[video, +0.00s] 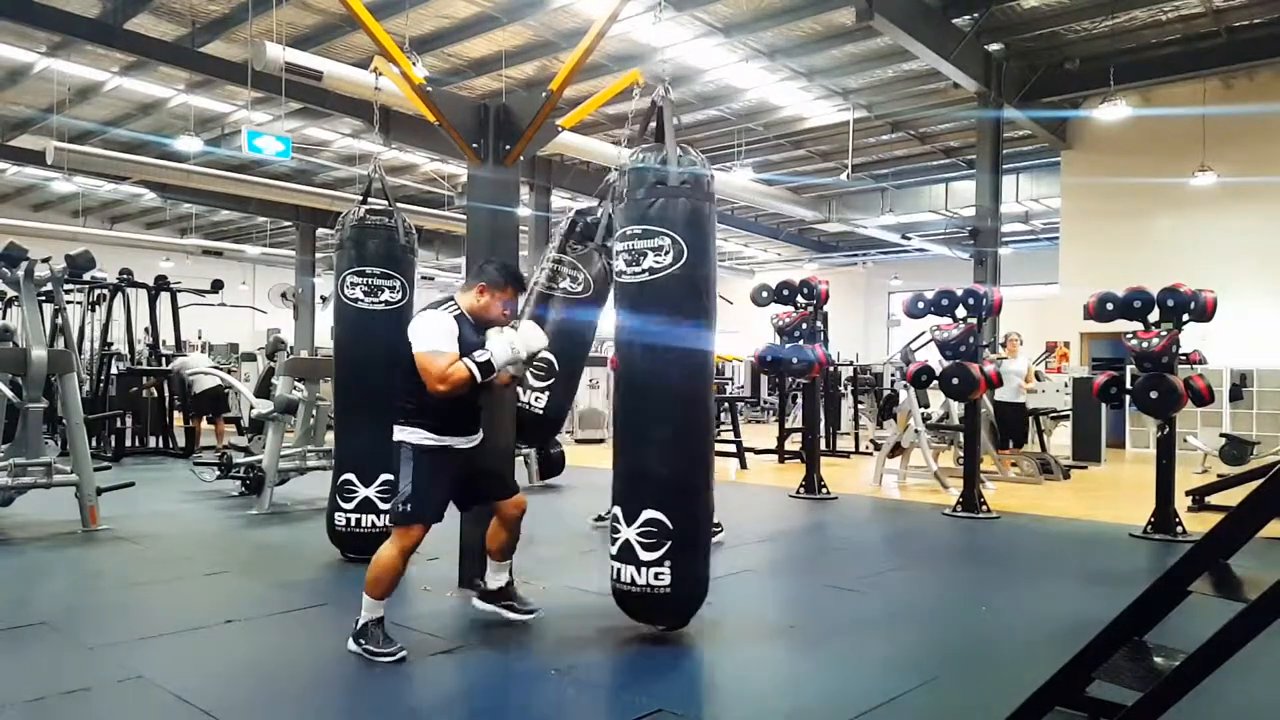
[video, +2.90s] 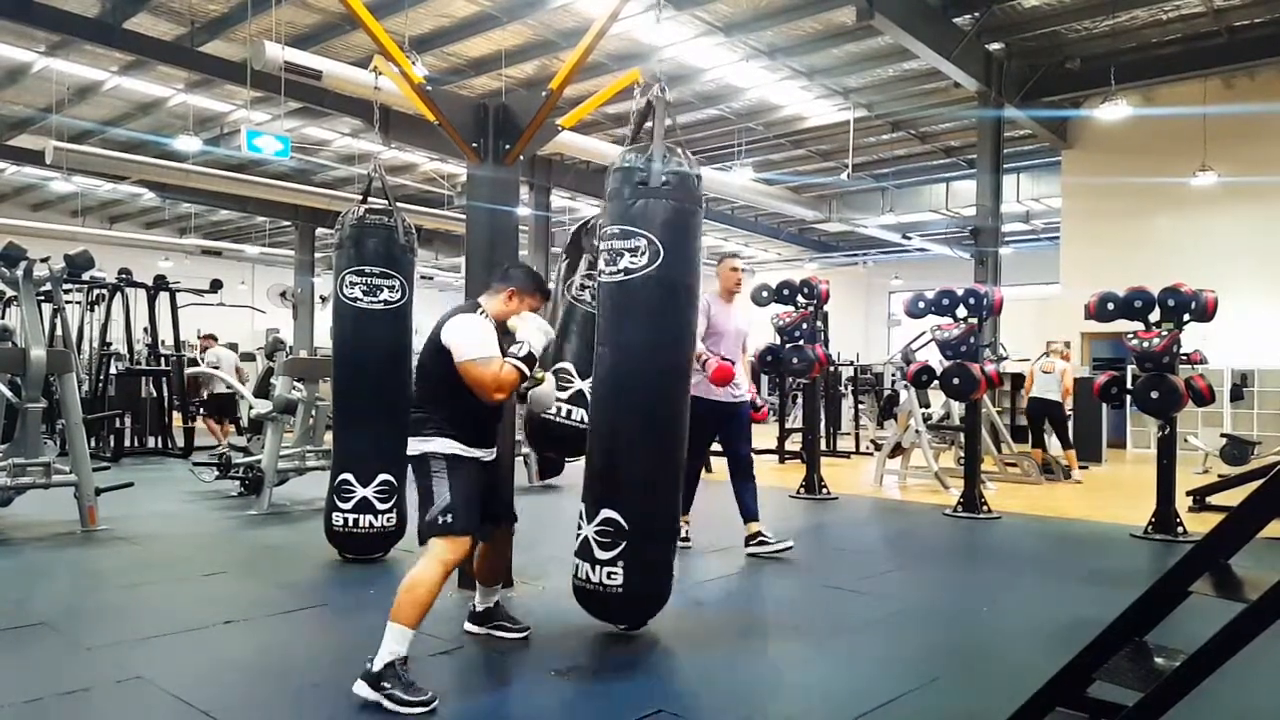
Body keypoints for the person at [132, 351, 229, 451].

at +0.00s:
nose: (171, 367)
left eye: (172, 365)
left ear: (175, 360)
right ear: (185, 356)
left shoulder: (176, 364)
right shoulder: (201, 356)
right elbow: (217, 367)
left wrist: (140, 388)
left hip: (200, 391)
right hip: (217, 387)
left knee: (196, 421)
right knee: (219, 419)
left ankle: (196, 447)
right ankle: (220, 446)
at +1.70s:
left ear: (176, 360)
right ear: (187, 355)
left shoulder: (176, 363)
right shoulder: (201, 357)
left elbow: (160, 380)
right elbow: (215, 367)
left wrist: (142, 386)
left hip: (199, 391)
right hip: (217, 387)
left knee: (196, 422)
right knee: (218, 419)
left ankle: (196, 448)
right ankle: (220, 446)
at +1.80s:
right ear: (187, 355)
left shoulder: (178, 364)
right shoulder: (202, 357)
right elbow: (214, 368)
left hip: (200, 390)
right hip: (217, 386)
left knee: (196, 421)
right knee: (218, 419)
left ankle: (196, 447)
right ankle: (220, 446)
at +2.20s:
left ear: (188, 352)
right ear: (200, 350)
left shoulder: (184, 360)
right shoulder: (210, 356)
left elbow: (184, 380)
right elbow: (221, 368)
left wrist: (183, 399)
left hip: (201, 391)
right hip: (220, 388)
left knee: (197, 421)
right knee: (220, 420)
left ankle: (197, 447)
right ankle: (220, 446)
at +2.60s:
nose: (197, 352)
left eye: (197, 350)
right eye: (196, 350)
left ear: (200, 347)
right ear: (208, 346)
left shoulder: (198, 354)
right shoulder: (225, 353)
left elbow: (195, 376)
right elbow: (234, 372)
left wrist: (192, 393)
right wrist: (232, 386)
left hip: (209, 392)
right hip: (226, 391)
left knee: (198, 419)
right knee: (223, 421)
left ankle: (196, 447)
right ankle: (219, 447)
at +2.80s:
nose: (203, 348)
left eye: (203, 346)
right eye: (202, 346)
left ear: (206, 343)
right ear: (214, 343)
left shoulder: (206, 353)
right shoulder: (231, 353)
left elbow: (203, 372)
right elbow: (240, 371)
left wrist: (200, 389)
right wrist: (241, 386)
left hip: (214, 391)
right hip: (229, 391)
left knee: (203, 417)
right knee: (224, 420)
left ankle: (209, 442)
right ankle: (220, 446)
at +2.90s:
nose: (203, 346)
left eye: (203, 343)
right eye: (202, 344)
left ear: (209, 341)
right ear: (215, 341)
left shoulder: (211, 352)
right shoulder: (232, 353)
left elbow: (208, 372)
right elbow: (240, 372)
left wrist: (203, 387)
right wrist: (241, 386)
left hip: (216, 391)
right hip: (230, 391)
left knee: (207, 417)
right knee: (225, 421)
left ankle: (223, 443)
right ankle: (223, 446)